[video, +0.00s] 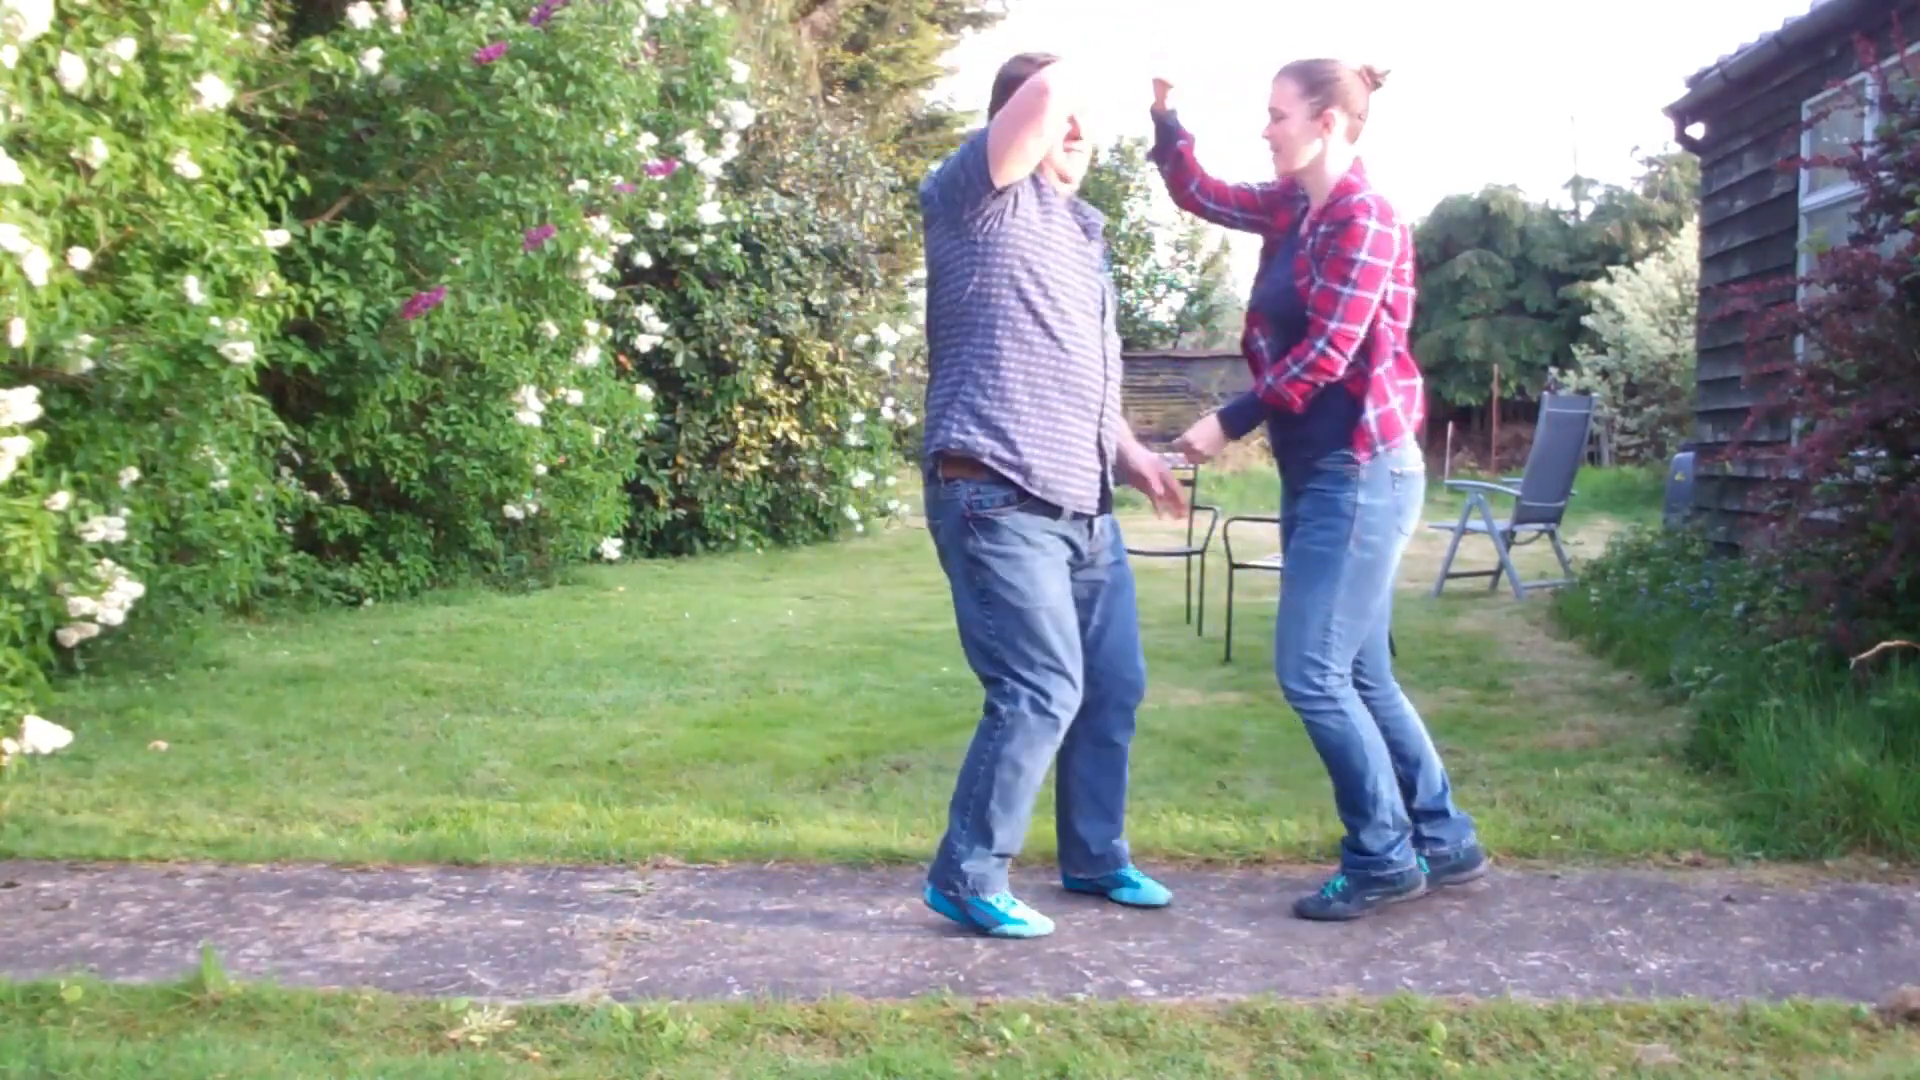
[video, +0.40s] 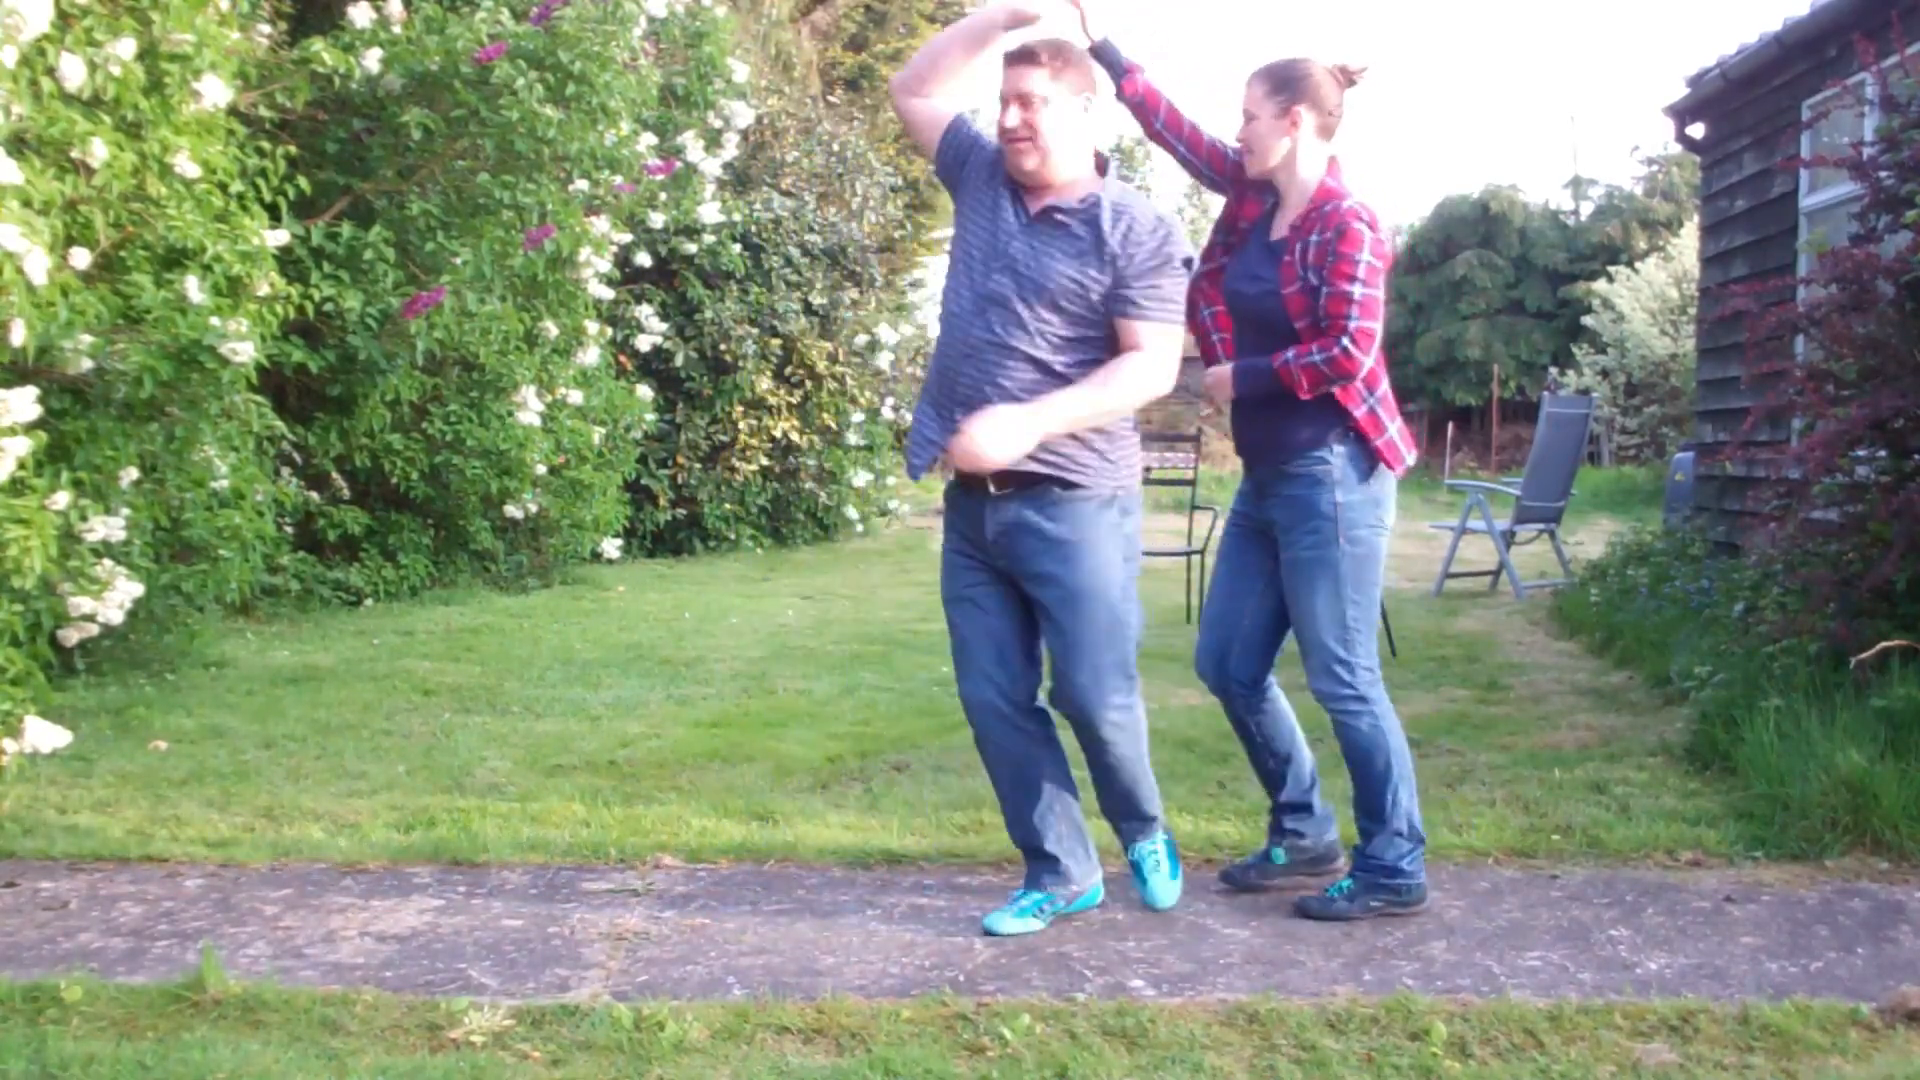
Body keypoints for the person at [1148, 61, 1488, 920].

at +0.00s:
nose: (1265, 132)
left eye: (1278, 118)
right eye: (1266, 118)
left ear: (1331, 126)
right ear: (1316, 125)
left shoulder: (1368, 221)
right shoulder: (1292, 208)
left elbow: (1325, 356)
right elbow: (1201, 194)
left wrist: (1228, 421)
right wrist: (1164, 119)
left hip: (1361, 471)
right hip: (1325, 469)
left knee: (1312, 675)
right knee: (1364, 674)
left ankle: (1384, 857)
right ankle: (1443, 837)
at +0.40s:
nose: (1237, 130)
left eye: (1249, 116)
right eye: (1239, 116)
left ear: (1300, 125)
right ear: (1278, 128)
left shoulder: (1347, 225)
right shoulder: (1250, 195)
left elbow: (1350, 354)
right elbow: (1172, 125)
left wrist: (1240, 377)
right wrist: (1098, 41)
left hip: (1335, 473)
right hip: (1268, 477)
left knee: (1344, 677)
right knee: (1227, 662)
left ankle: (1395, 868)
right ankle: (1306, 835)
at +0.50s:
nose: (1225, 133)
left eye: (1236, 119)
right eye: (1226, 119)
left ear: (1285, 126)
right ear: (1265, 130)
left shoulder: (1331, 227)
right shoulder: (1237, 199)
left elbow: (1331, 361)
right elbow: (1160, 126)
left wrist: (1223, 374)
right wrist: (1081, 45)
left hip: (1318, 468)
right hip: (1250, 471)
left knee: (1337, 674)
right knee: (1217, 665)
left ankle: (1392, 865)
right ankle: (1270, 847)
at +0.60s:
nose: (1211, 136)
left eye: (1225, 122)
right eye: (1215, 122)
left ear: (1270, 127)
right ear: (1251, 126)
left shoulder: (1314, 231)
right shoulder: (1225, 198)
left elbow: (1295, 365)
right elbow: (1147, 139)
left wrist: (1184, 375)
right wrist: (1070, 62)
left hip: (1294, 468)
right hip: (1227, 469)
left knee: (1314, 673)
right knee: (1219, 672)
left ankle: (1388, 859)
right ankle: (1272, 848)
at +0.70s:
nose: (1192, 137)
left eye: (1202, 122)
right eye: (1194, 123)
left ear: (1248, 125)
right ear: (1240, 125)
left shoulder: (1282, 227)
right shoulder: (1214, 203)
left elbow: (1261, 366)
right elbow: (1141, 159)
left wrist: (1149, 373)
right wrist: (1065, 88)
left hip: (1260, 466)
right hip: (1212, 463)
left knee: (1251, 671)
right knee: (1216, 670)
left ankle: (1363, 839)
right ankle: (1271, 848)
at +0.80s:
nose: (1167, 140)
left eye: (1176, 124)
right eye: (1170, 125)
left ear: (1218, 127)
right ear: (1224, 128)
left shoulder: (1243, 224)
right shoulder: (1204, 201)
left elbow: (1227, 362)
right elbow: (1127, 157)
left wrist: (1127, 373)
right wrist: (1060, 88)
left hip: (1226, 466)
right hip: (1251, 462)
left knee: (1168, 665)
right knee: (1230, 668)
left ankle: (1304, 811)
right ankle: (1265, 849)